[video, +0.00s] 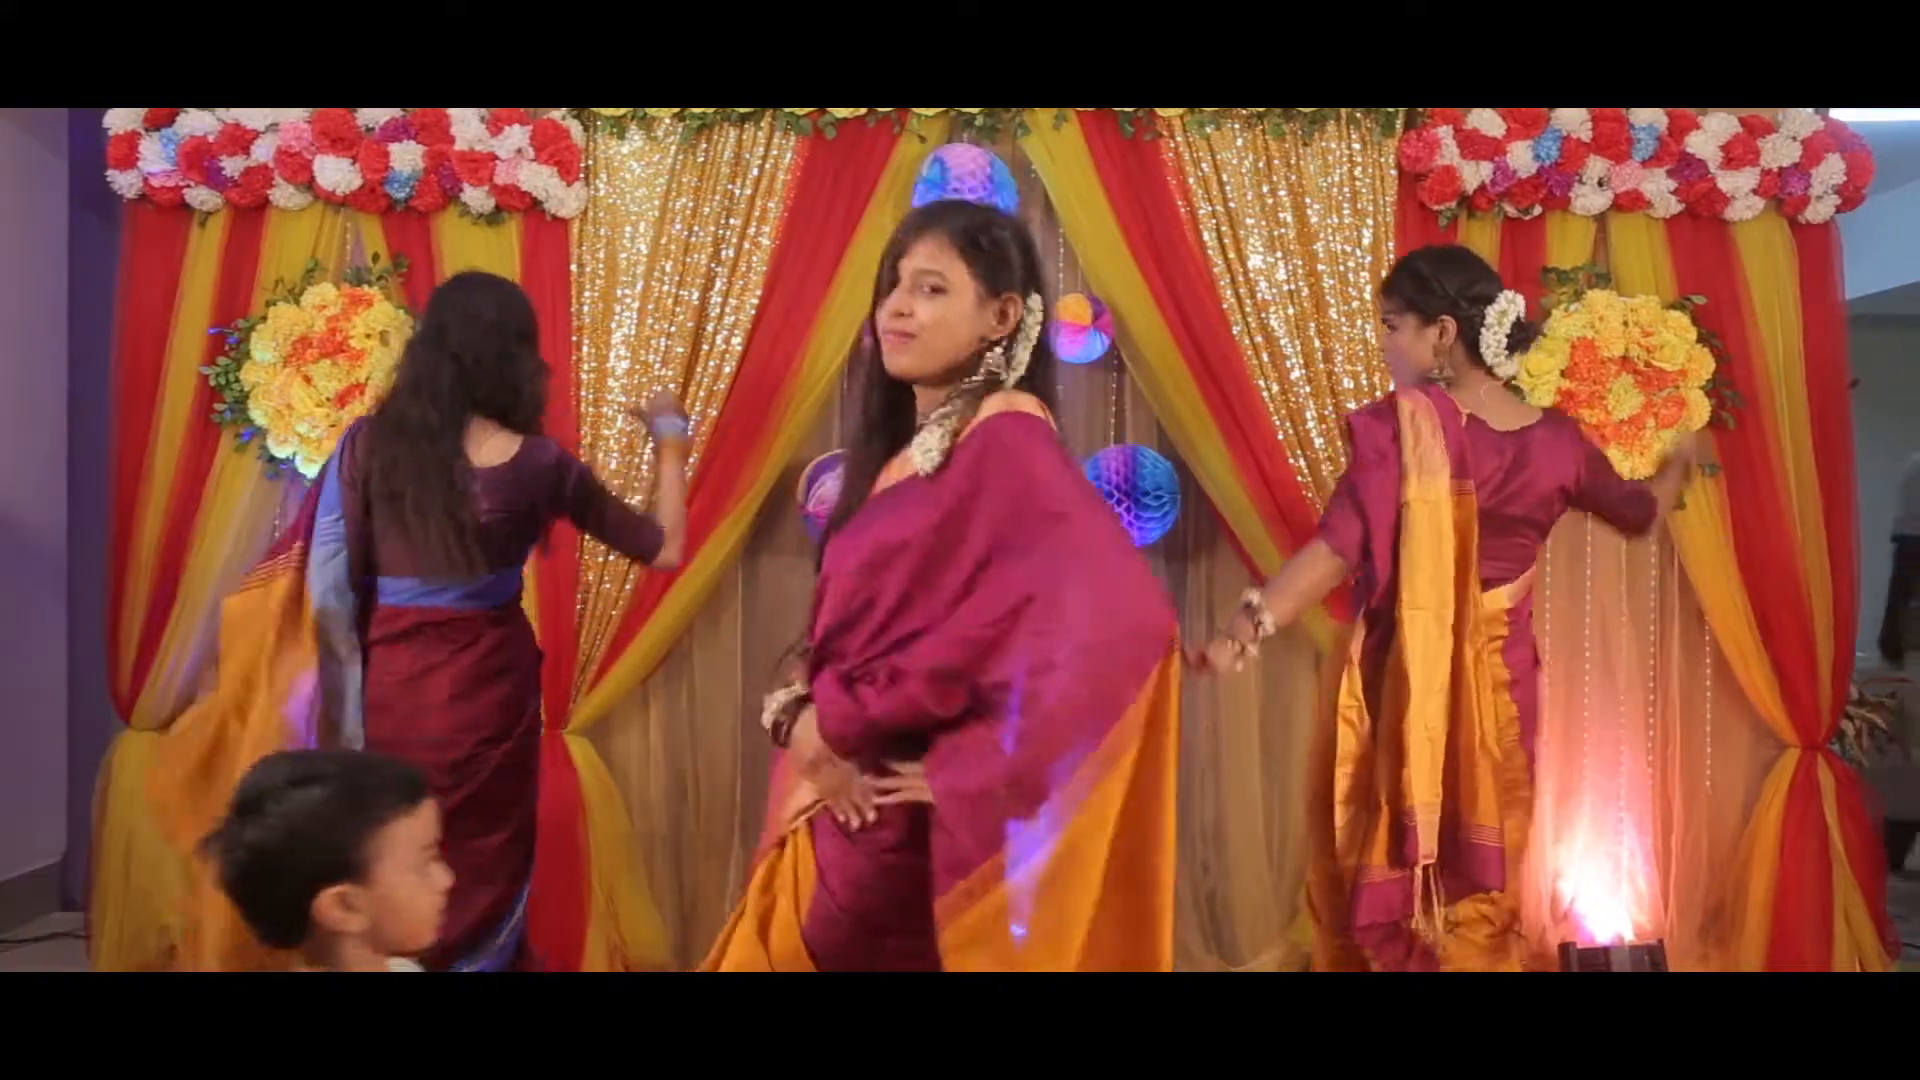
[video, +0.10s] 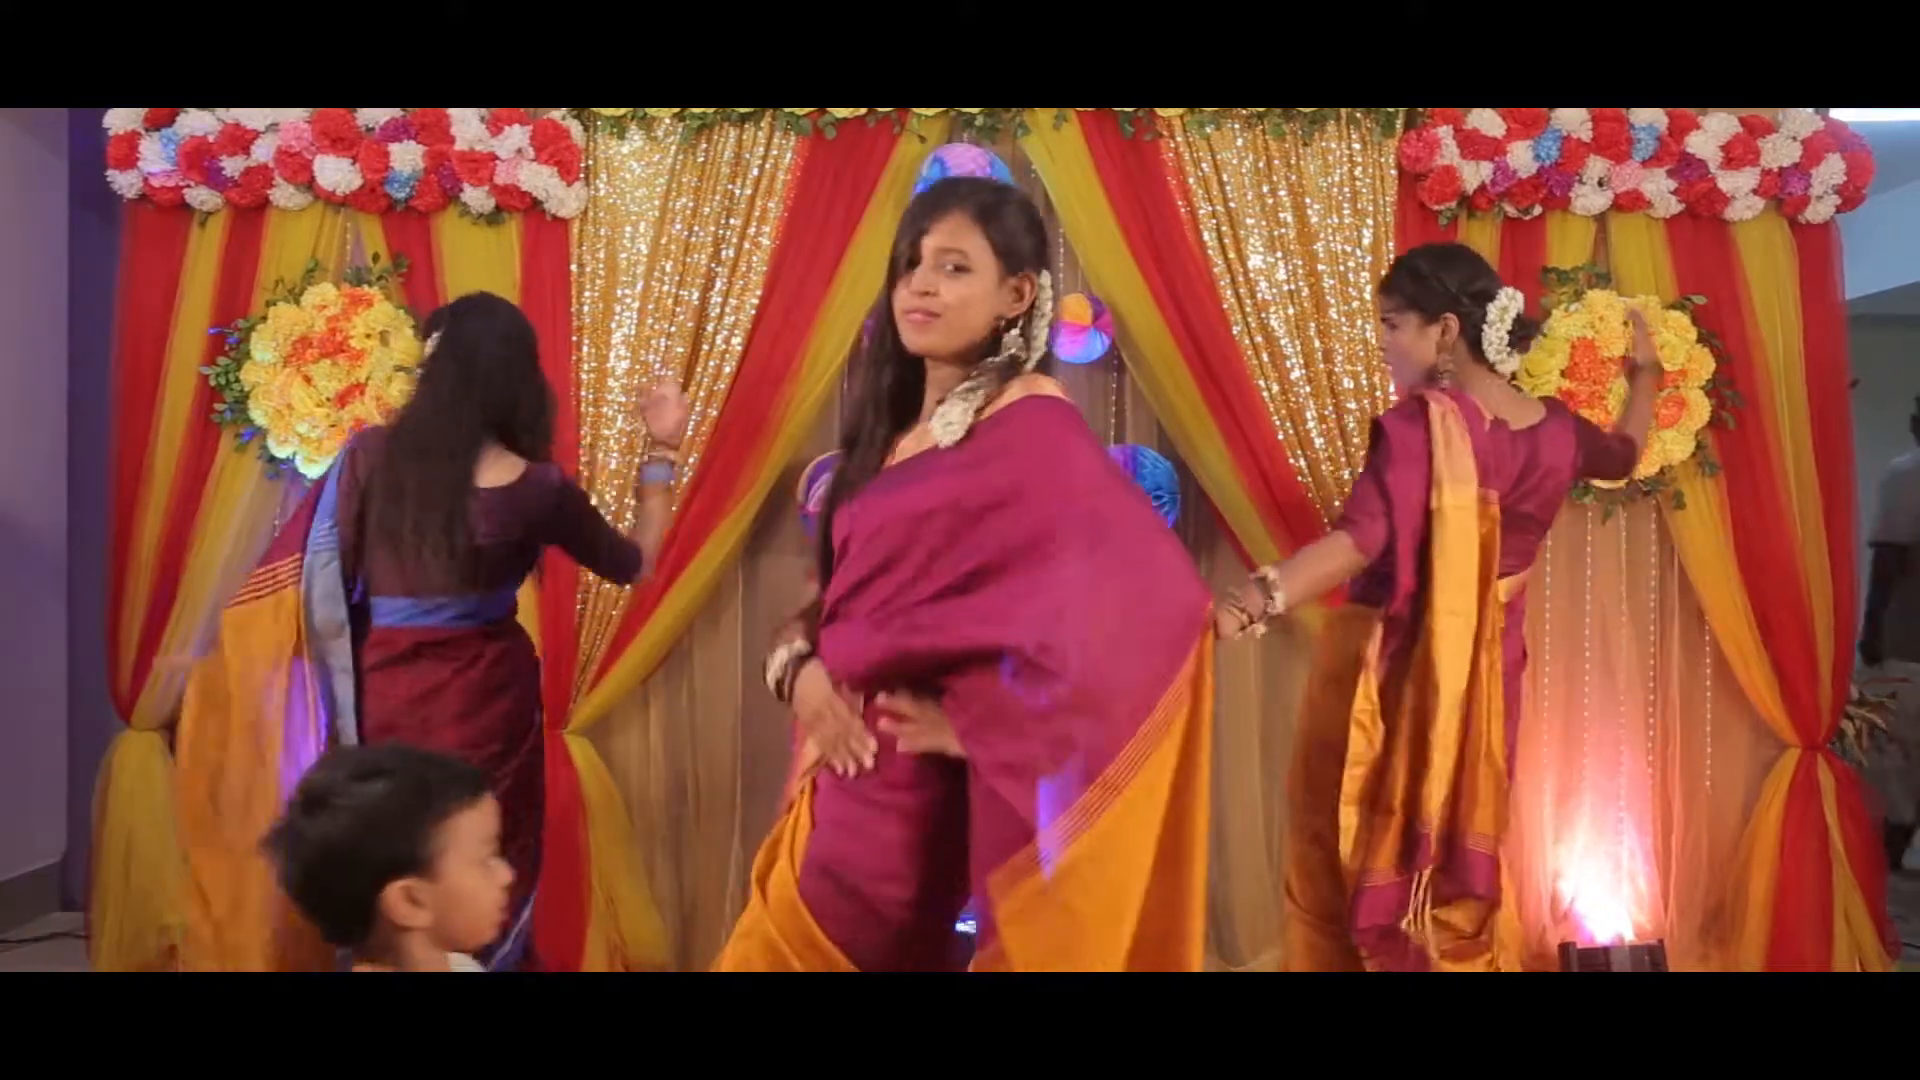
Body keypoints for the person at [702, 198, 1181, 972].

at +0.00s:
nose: (897, 307)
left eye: (933, 288)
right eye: (895, 285)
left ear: (1003, 317)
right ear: (878, 303)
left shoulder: (1008, 435)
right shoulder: (906, 448)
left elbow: (1129, 620)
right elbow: (835, 629)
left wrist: (969, 771)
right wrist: (804, 728)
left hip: (915, 838)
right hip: (837, 825)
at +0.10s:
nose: (920, 285)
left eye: (956, 267)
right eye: (913, 264)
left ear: (1020, 296)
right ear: (893, 285)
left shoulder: (1030, 417)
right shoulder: (898, 434)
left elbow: (1162, 607)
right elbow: (820, 612)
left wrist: (974, 723)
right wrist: (799, 674)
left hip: (921, 789)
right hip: (841, 775)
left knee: (764, 954)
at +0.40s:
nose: (954, 317)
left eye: (985, 302)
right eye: (937, 293)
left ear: (1023, 329)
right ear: (906, 312)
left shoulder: (1038, 436)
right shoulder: (900, 462)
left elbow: (1155, 624)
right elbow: (821, 653)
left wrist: (1052, 782)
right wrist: (845, 722)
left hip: (942, 819)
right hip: (849, 811)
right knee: (804, 957)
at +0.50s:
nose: (961, 294)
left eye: (992, 279)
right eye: (944, 268)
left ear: (1023, 306)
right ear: (908, 281)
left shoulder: (1042, 419)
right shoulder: (862, 442)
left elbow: (1180, 591)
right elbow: (770, 611)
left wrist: (1061, 706)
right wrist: (850, 679)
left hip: (969, 760)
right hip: (849, 765)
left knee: (893, 951)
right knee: (853, 951)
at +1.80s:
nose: (915, 282)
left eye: (936, 260)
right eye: (890, 261)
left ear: (962, 280)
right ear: (846, 280)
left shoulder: (1004, 419)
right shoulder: (794, 420)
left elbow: (1066, 612)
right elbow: (749, 602)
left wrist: (1161, 731)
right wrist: (933, 652)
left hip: (1011, 734)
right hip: (860, 736)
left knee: (1003, 941)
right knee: (876, 950)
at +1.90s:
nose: (928, 300)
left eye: (947, 278)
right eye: (904, 279)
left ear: (971, 290)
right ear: (860, 290)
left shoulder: (1009, 429)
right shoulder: (800, 424)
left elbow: (1058, 633)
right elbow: (758, 608)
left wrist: (1186, 654)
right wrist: (940, 666)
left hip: (1007, 753)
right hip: (857, 759)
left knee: (1006, 946)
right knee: (869, 957)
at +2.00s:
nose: (937, 326)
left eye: (953, 302)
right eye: (913, 306)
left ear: (975, 305)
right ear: (867, 313)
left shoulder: (1016, 442)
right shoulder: (808, 449)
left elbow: (1061, 607)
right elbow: (775, 636)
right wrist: (966, 688)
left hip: (1001, 783)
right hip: (855, 793)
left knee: (1006, 953)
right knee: (863, 960)